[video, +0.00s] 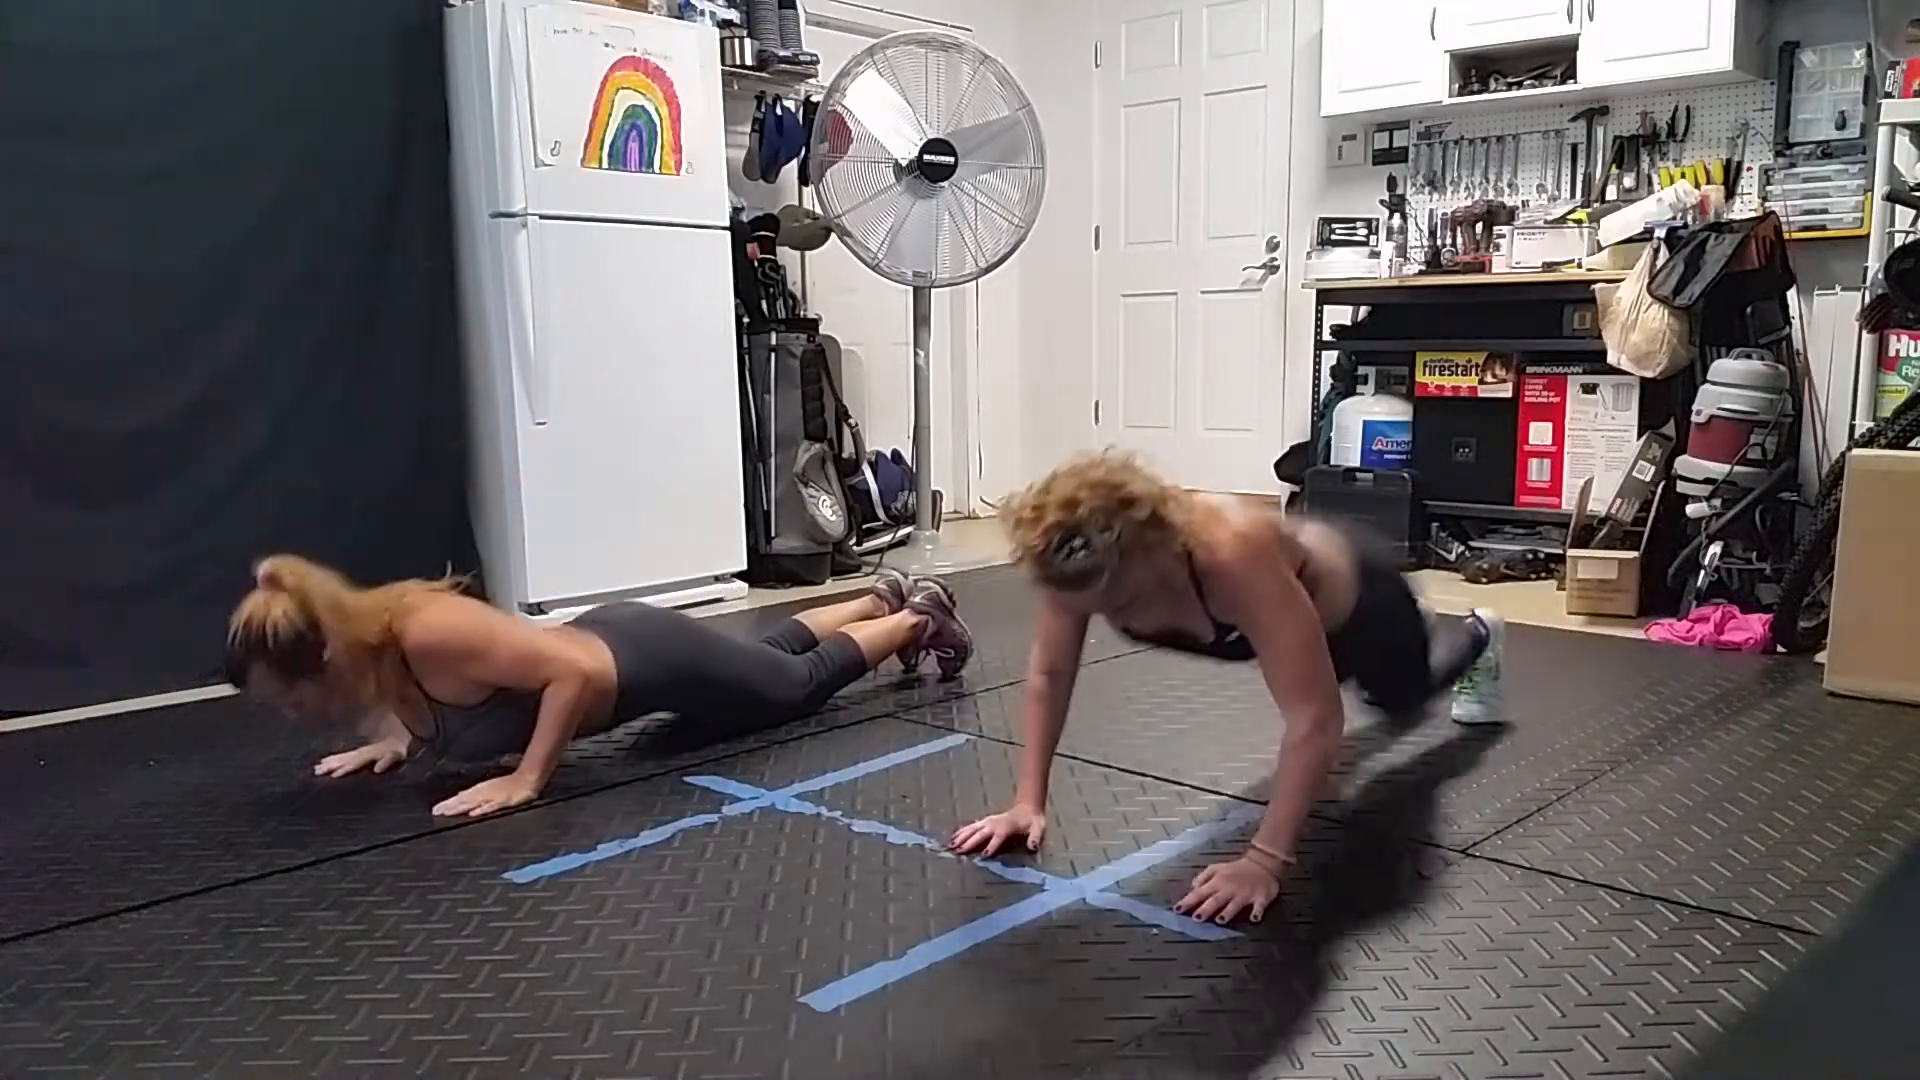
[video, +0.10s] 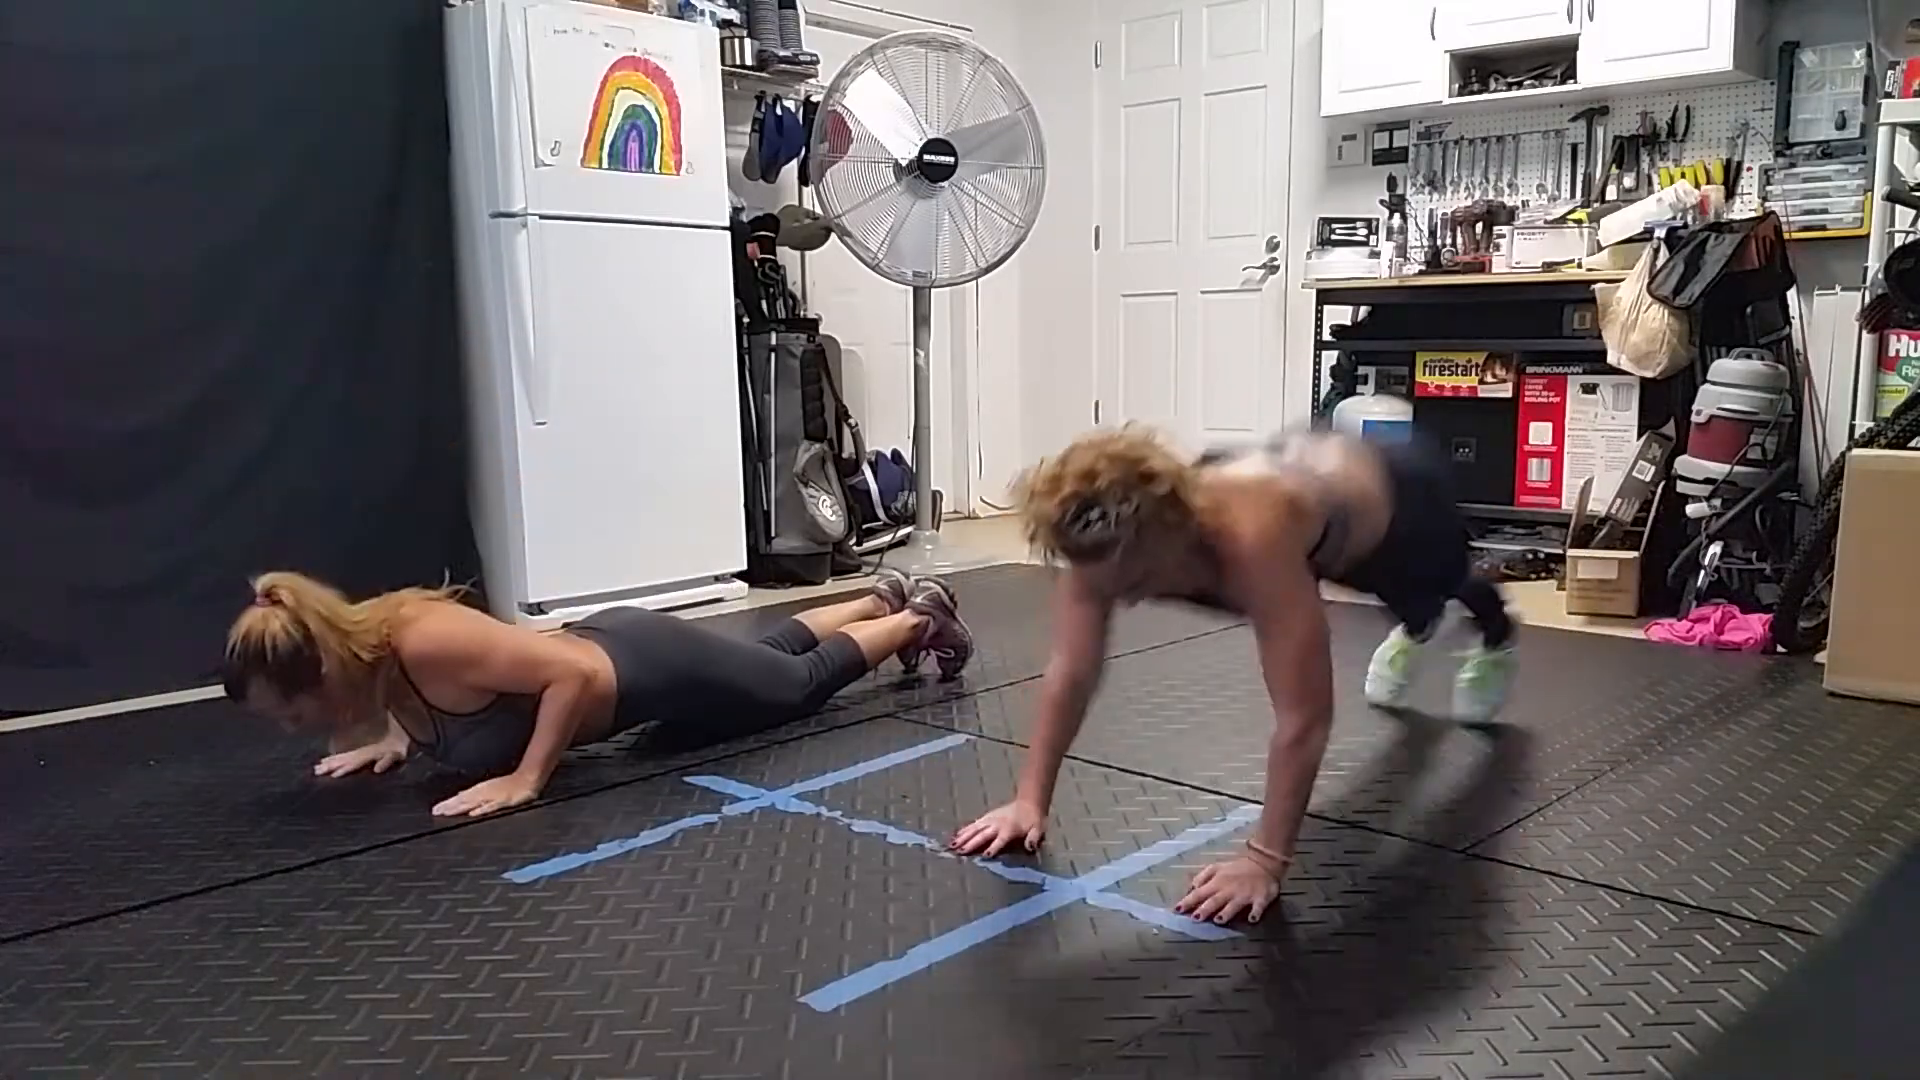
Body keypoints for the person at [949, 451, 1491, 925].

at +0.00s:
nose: (1096, 616)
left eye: (1106, 599)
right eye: (1083, 602)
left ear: (1139, 556)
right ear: (1065, 574)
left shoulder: (1234, 550)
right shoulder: (1077, 558)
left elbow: (1316, 722)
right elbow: (1049, 674)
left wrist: (1264, 858)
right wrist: (1026, 801)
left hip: (1353, 599)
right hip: (1272, 609)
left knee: (1407, 688)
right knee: (1351, 660)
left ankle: (1476, 634)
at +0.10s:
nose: (1114, 593)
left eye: (1123, 576)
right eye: (1100, 579)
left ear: (1158, 537)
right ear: (1083, 555)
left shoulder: (1252, 530)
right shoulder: (1099, 541)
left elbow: (1305, 717)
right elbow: (1072, 674)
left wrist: (1264, 858)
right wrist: (1028, 799)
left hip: (1401, 493)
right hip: (1327, 491)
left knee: (1455, 581)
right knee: (1392, 583)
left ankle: (1499, 634)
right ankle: (1426, 626)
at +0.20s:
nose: (1148, 575)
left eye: (1155, 554)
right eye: (1134, 560)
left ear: (1191, 511)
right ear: (1147, 506)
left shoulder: (1297, 490)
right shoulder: (1150, 499)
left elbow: (1332, 692)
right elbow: (1114, 645)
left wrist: (1277, 843)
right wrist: (1065, 786)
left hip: (1428, 411)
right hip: (1347, 409)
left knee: (1489, 535)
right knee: (1419, 543)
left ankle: (1551, 622)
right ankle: (1476, 603)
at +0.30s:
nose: (1187, 591)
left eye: (1198, 573)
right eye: (1175, 573)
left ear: (1246, 540)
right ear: (1169, 534)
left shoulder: (1343, 516)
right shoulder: (1192, 512)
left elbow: (1430, 700)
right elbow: (1160, 655)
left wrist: (1423, 872)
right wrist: (1152, 805)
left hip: (1454, 412)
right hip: (1359, 402)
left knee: (1540, 546)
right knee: (1465, 552)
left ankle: (1621, 634)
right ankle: (1538, 604)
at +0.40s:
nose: (1224, 680)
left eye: (1237, 664)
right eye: (1208, 670)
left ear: (1282, 614)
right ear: (1194, 614)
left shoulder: (1380, 577)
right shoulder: (1228, 584)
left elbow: (1504, 746)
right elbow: (1210, 711)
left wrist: (1500, 937)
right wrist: (1199, 857)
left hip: (1483, 490)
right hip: (1398, 476)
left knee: (1589, 607)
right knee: (1522, 604)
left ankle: (1686, 674)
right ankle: (1577, 652)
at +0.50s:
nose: (1241, 757)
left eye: (1252, 740)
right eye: (1223, 744)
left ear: (1291, 701)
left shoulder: (1411, 646)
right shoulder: (1250, 650)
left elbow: (1544, 774)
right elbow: (1212, 739)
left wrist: (1502, 939)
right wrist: (1201, 858)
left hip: (1525, 609)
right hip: (1434, 592)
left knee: (1615, 659)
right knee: (1536, 674)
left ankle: (1694, 665)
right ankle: (1593, 699)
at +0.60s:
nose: (1245, 851)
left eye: (1251, 836)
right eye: (1227, 843)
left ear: (1281, 788)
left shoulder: (1406, 728)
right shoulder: (1248, 695)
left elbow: (1570, 781)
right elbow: (1211, 745)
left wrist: (1506, 937)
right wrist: (1201, 851)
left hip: (1546, 684)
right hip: (1456, 650)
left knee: (1629, 682)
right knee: (1560, 654)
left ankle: (1696, 660)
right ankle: (1615, 630)